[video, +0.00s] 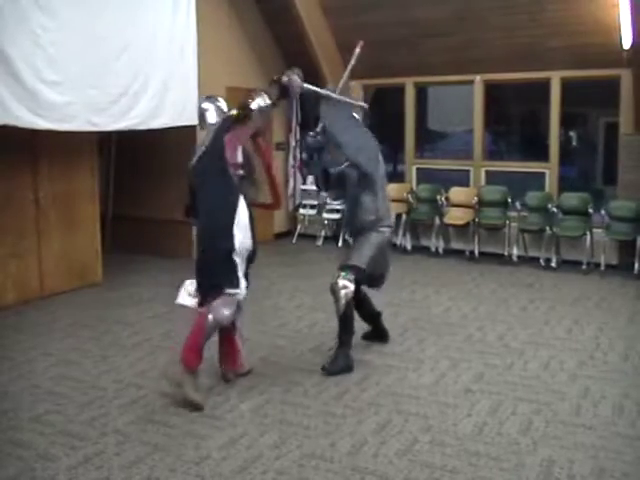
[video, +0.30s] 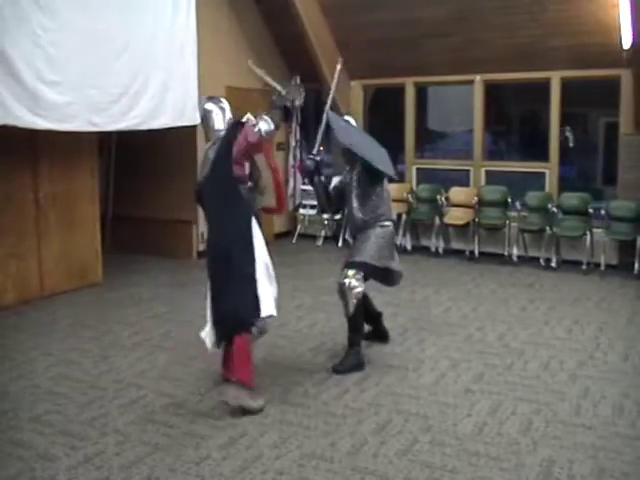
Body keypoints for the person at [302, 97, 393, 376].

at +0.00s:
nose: (329, 134)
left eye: (334, 128)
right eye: (328, 128)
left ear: (349, 125)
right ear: (329, 129)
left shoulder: (367, 151)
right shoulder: (343, 158)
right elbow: (328, 186)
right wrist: (315, 154)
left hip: (377, 227)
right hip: (356, 229)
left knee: (344, 284)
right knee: (351, 286)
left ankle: (343, 353)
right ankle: (378, 327)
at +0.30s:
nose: (344, 152)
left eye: (348, 148)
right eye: (342, 148)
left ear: (358, 150)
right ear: (344, 153)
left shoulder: (371, 172)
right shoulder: (345, 179)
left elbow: (374, 160)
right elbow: (329, 206)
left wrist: (347, 127)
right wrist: (316, 180)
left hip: (378, 230)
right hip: (360, 233)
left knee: (350, 282)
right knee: (349, 284)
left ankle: (354, 352)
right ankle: (377, 327)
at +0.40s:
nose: (333, 153)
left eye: (338, 147)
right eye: (333, 148)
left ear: (351, 147)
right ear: (338, 151)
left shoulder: (370, 172)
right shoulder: (345, 178)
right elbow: (329, 205)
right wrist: (315, 179)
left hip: (377, 230)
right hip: (360, 232)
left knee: (350, 282)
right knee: (347, 284)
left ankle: (354, 351)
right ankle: (377, 326)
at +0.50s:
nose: (333, 145)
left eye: (337, 139)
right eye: (332, 140)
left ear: (350, 138)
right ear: (333, 142)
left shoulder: (371, 163)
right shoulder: (343, 170)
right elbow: (328, 199)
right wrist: (315, 172)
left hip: (376, 225)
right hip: (358, 229)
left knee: (350, 279)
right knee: (347, 283)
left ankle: (352, 351)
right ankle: (377, 326)